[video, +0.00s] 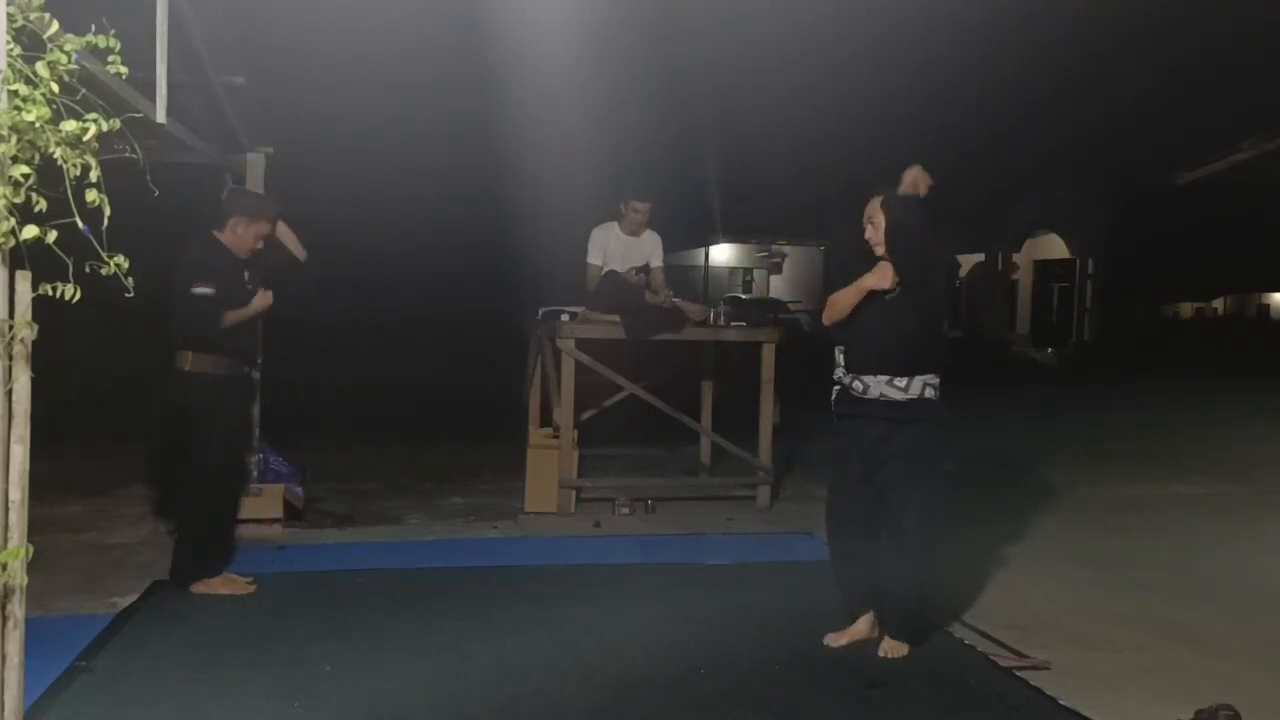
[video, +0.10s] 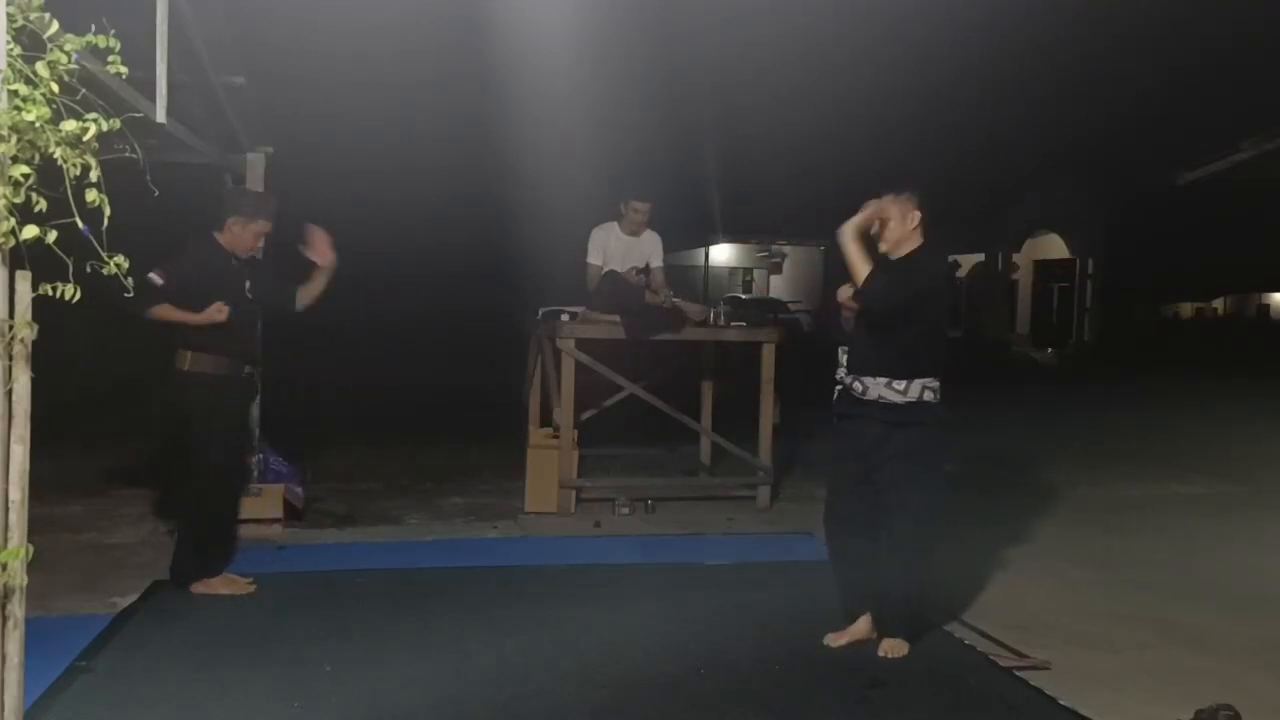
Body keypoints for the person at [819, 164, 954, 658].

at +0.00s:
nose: (869, 234)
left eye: (876, 224)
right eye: (866, 225)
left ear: (903, 226)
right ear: (866, 227)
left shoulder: (930, 275)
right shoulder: (857, 271)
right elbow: (828, 316)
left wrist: (910, 196)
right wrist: (865, 284)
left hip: (911, 415)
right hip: (855, 412)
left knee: (905, 518)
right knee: (849, 513)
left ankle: (900, 622)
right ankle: (863, 613)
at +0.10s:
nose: (874, 224)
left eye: (883, 216)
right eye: (873, 217)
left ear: (914, 220)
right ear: (886, 228)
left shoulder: (931, 270)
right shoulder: (881, 270)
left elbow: (882, 297)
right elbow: (859, 330)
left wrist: (849, 236)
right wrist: (850, 307)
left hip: (906, 418)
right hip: (858, 412)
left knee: (901, 520)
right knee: (847, 514)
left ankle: (899, 624)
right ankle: (863, 615)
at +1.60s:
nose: (883, 225)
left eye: (895, 217)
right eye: (880, 218)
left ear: (923, 226)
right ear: (875, 227)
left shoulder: (933, 277)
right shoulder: (864, 266)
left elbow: (883, 325)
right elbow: (807, 278)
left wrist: (814, 336)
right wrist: (842, 229)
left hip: (916, 414)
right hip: (861, 408)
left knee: (909, 518)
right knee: (842, 505)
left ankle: (900, 620)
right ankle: (851, 597)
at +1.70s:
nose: (881, 232)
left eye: (892, 224)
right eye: (878, 225)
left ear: (919, 231)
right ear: (872, 229)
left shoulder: (932, 282)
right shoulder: (863, 270)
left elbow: (879, 330)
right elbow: (807, 282)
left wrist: (808, 346)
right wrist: (843, 234)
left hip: (920, 414)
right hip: (865, 407)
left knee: (911, 519)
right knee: (844, 474)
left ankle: (897, 624)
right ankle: (861, 537)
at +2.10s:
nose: (863, 280)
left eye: (873, 272)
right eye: (858, 273)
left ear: (903, 276)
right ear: (855, 277)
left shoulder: (921, 315)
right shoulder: (858, 319)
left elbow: (878, 331)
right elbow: (838, 365)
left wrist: (821, 289)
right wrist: (833, 402)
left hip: (917, 450)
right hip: (863, 445)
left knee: (903, 541)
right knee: (836, 526)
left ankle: (898, 627)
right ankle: (849, 609)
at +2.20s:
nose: (862, 286)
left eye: (872, 276)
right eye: (857, 280)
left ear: (901, 277)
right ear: (855, 282)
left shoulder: (925, 319)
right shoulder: (858, 319)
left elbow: (895, 296)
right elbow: (845, 372)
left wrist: (857, 276)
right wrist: (809, 402)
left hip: (913, 455)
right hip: (856, 448)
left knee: (903, 547)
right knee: (817, 525)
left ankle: (902, 628)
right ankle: (824, 580)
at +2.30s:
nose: (858, 293)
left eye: (869, 284)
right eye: (854, 285)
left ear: (897, 287)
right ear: (848, 290)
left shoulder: (918, 326)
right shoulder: (844, 330)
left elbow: (905, 339)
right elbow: (825, 357)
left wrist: (857, 332)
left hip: (902, 459)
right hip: (846, 451)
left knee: (904, 545)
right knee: (814, 515)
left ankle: (900, 628)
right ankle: (796, 561)